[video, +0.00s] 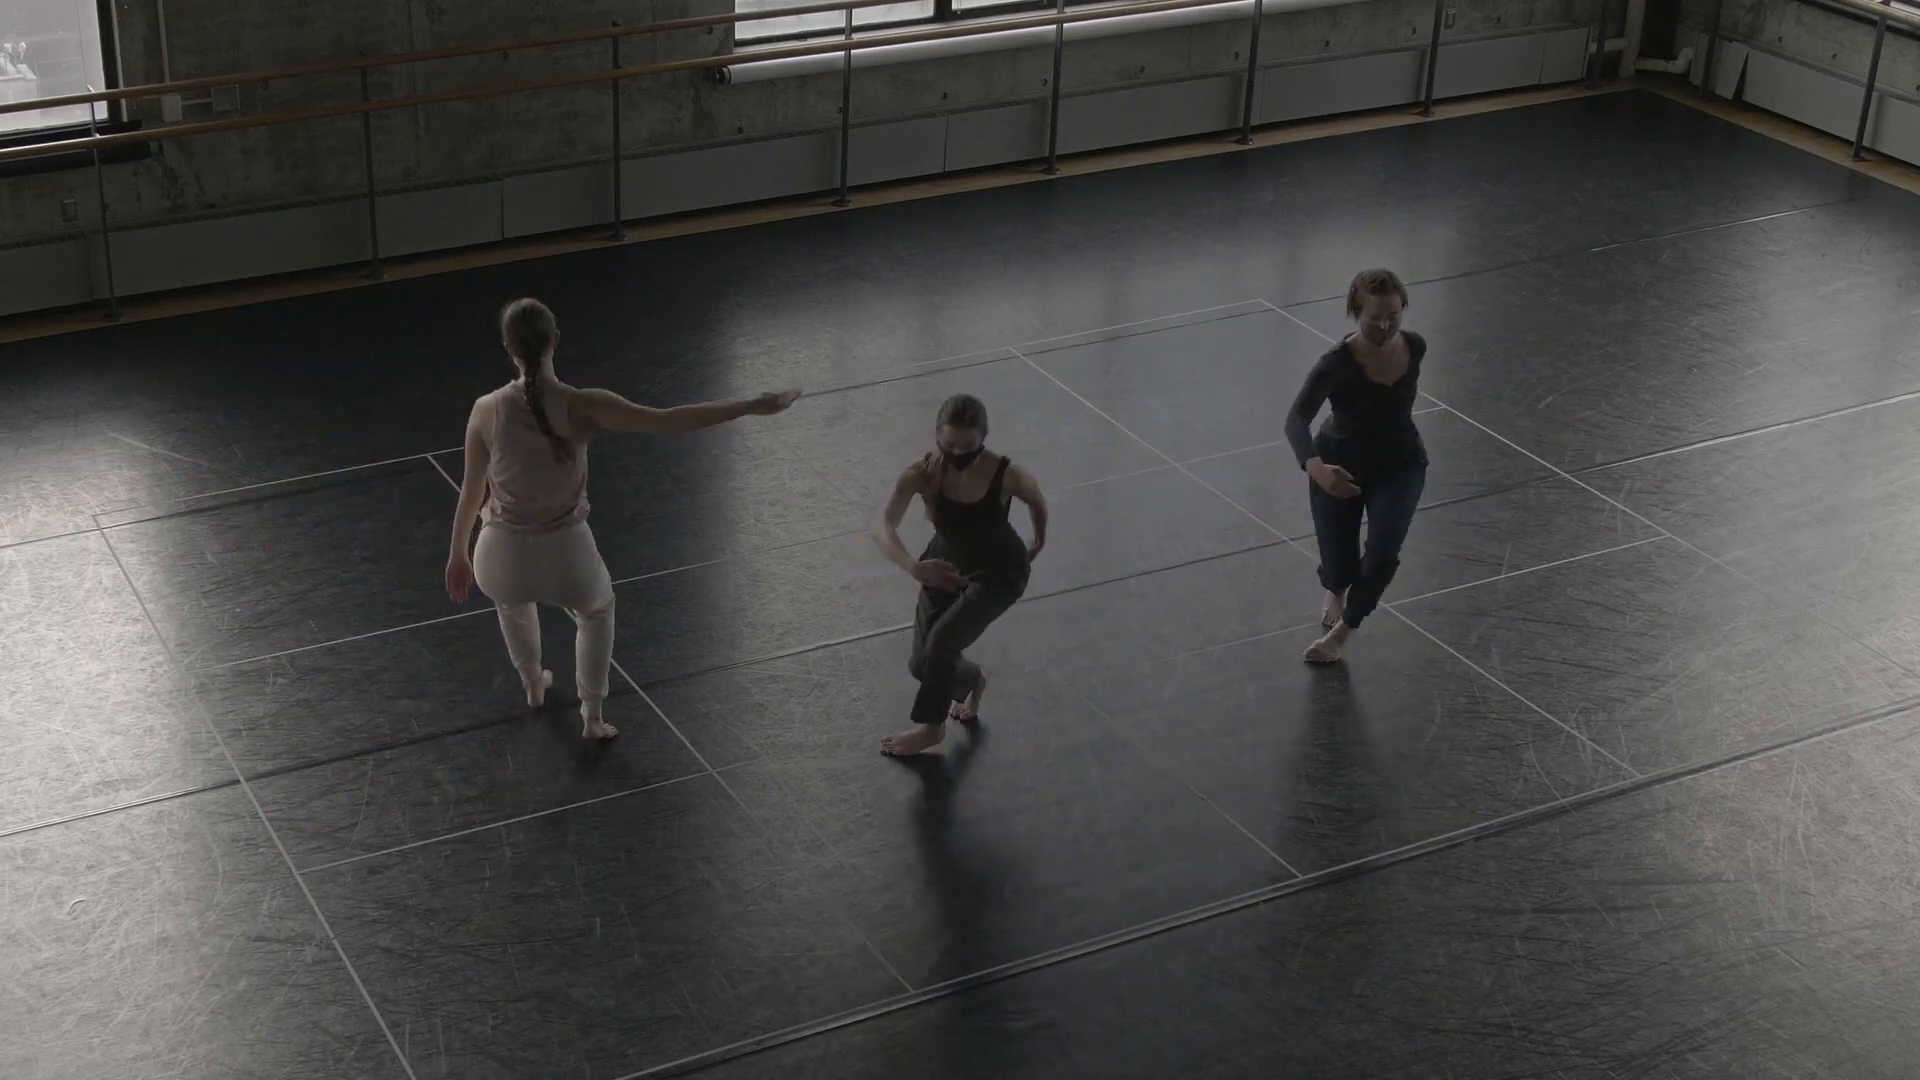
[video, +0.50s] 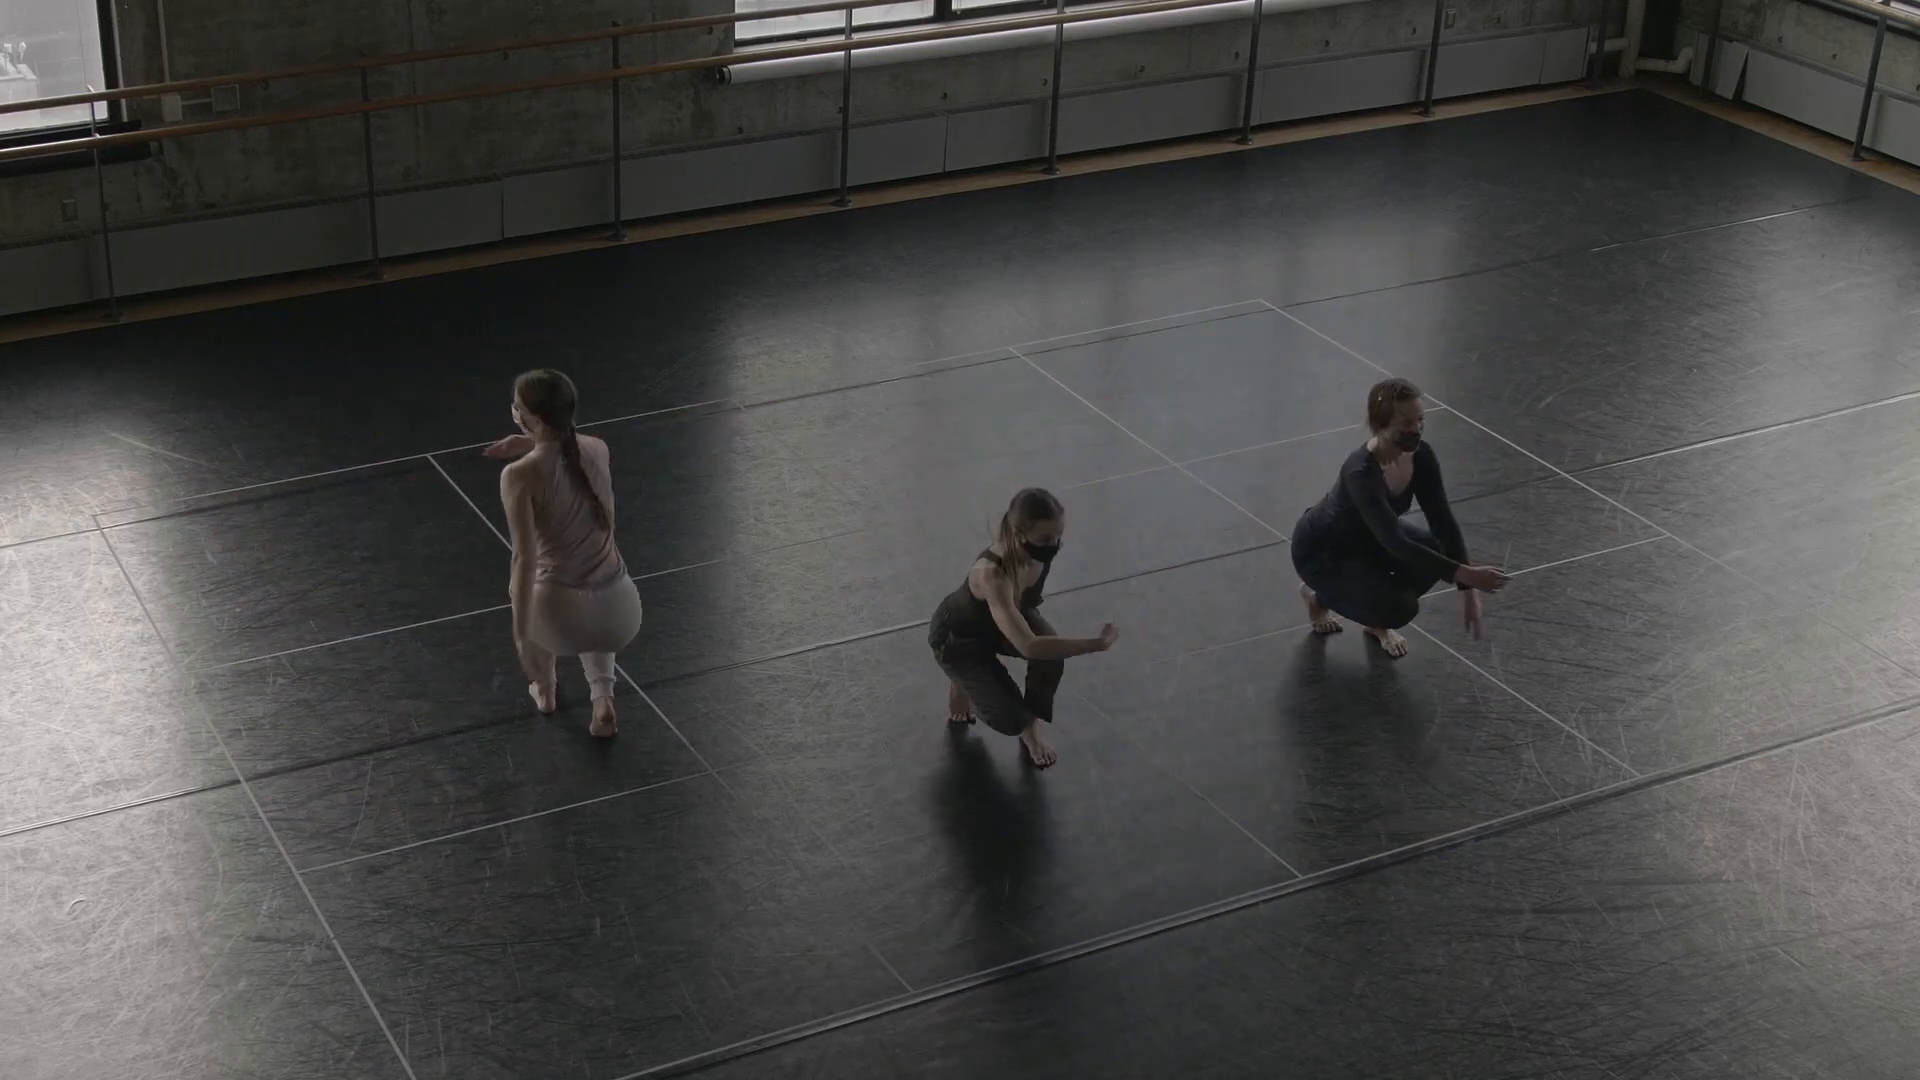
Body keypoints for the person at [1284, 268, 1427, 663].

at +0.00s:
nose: (1385, 325)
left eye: (1393, 315)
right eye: (1375, 317)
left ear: (1403, 311)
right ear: (1356, 314)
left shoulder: (1413, 348)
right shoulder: (1337, 363)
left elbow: (1400, 401)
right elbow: (1296, 421)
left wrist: (1397, 438)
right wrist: (1312, 465)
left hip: (1398, 461)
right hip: (1340, 461)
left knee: (1382, 558)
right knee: (1337, 562)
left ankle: (1341, 633)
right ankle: (1335, 597)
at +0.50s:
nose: (1416, 431)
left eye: (1420, 421)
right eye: (1405, 425)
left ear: (1424, 418)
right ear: (1380, 425)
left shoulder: (1419, 457)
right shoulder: (1360, 472)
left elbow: (1443, 522)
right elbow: (1396, 543)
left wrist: (1467, 589)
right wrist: (1463, 574)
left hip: (1364, 536)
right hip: (1320, 553)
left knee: (1433, 552)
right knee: (1401, 608)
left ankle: (1376, 619)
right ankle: (1317, 599)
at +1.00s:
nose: (1476, 302)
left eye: (1480, 293)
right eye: (1469, 294)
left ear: (1481, 289)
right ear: (1441, 290)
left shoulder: (1482, 327)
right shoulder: (1406, 329)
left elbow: (1547, 357)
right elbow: (1368, 388)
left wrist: (1621, 389)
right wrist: (1339, 441)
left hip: (1423, 446)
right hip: (1370, 443)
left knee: (1421, 546)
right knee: (1364, 540)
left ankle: (1383, 613)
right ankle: (1321, 587)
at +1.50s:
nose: (1562, 376)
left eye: (1566, 367)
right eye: (1556, 367)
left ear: (1565, 361)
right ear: (1527, 359)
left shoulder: (1550, 394)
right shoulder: (1478, 399)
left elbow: (1514, 450)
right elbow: (1420, 443)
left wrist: (1491, 492)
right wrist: (1356, 486)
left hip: (1492, 509)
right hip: (1438, 504)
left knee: (1527, 611)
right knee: (1386, 587)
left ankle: (1474, 699)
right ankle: (1320, 584)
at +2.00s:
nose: (1663, 401)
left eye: (1668, 393)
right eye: (1663, 391)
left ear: (1630, 368)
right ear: (1643, 379)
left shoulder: (1576, 393)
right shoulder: (1605, 432)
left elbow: (1524, 425)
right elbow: (1595, 521)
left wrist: (1490, 454)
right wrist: (1610, 602)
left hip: (1477, 510)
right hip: (1510, 543)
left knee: (1401, 582)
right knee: (1559, 658)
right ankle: (1507, 764)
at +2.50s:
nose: (1554, 405)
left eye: (1558, 399)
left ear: (1557, 406)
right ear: (1600, 425)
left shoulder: (1513, 445)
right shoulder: (1590, 482)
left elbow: (1471, 502)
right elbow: (1569, 550)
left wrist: (1424, 549)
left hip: (1482, 575)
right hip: (1547, 586)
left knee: (1420, 687)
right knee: (1589, 669)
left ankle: (1346, 798)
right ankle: (1513, 763)